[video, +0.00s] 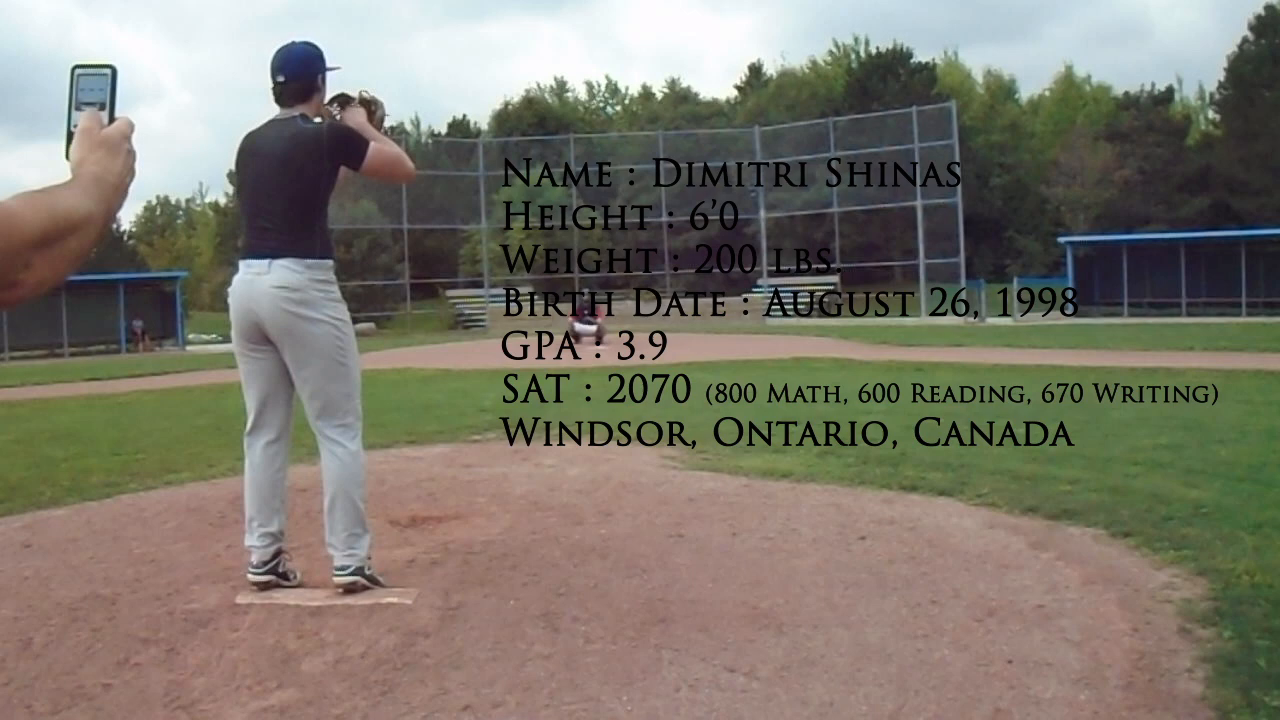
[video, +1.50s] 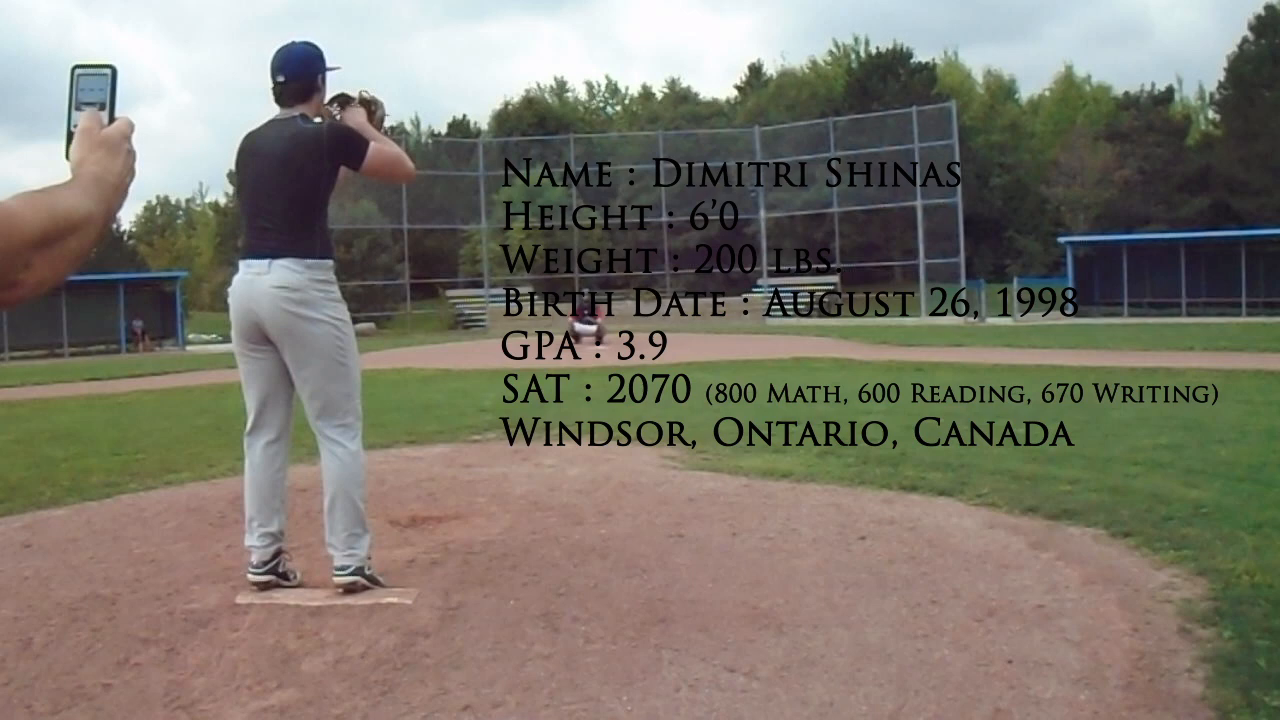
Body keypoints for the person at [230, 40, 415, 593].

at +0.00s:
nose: (327, 88)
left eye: (322, 81)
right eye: (325, 81)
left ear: (275, 88)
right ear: (320, 86)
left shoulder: (250, 143)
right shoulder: (327, 135)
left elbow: (301, 185)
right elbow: (402, 167)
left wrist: (327, 131)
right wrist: (362, 125)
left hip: (246, 288)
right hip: (303, 286)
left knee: (264, 430)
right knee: (338, 429)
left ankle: (263, 558)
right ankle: (350, 561)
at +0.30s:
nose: (327, 88)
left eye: (322, 81)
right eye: (325, 81)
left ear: (275, 88)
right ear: (320, 86)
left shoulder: (250, 143)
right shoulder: (327, 135)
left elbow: (301, 185)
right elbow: (402, 167)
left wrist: (327, 131)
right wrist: (362, 125)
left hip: (246, 288)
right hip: (303, 286)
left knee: (264, 430)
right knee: (338, 429)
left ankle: (263, 558)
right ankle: (350, 561)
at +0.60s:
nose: (327, 88)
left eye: (322, 81)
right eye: (325, 81)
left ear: (275, 88)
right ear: (320, 86)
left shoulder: (250, 143)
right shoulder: (327, 135)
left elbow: (301, 185)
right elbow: (402, 167)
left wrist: (327, 131)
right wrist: (362, 125)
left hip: (246, 288)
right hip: (303, 286)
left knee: (264, 430)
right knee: (338, 429)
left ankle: (263, 558)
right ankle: (350, 561)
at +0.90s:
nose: (327, 88)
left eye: (322, 81)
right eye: (325, 81)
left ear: (275, 88)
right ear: (320, 86)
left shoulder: (250, 143)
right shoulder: (327, 135)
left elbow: (301, 185)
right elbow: (402, 167)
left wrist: (327, 131)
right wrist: (362, 125)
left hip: (246, 288)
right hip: (303, 286)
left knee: (264, 430)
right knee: (338, 429)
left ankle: (263, 558)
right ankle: (350, 561)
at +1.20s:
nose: (327, 88)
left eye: (322, 81)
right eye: (325, 81)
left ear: (275, 88)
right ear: (320, 86)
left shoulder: (250, 143)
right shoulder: (327, 135)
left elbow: (301, 185)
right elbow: (402, 167)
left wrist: (327, 131)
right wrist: (362, 125)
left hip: (246, 288)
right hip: (303, 286)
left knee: (264, 430)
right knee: (338, 429)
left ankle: (263, 558)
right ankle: (350, 561)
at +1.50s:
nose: (327, 88)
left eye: (322, 81)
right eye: (325, 81)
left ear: (275, 88)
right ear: (320, 86)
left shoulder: (250, 143)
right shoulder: (327, 135)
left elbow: (301, 185)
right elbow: (402, 167)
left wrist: (327, 131)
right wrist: (362, 125)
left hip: (246, 288)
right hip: (303, 286)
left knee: (264, 430)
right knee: (338, 429)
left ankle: (263, 558)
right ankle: (350, 561)